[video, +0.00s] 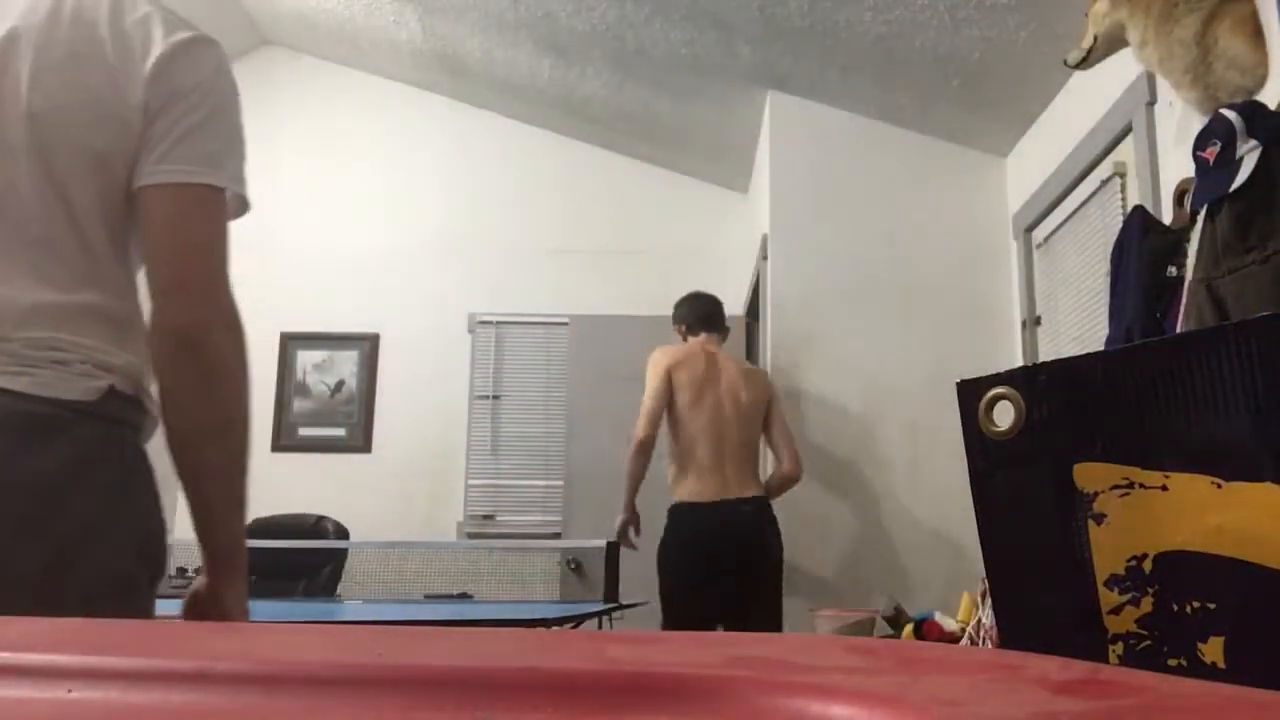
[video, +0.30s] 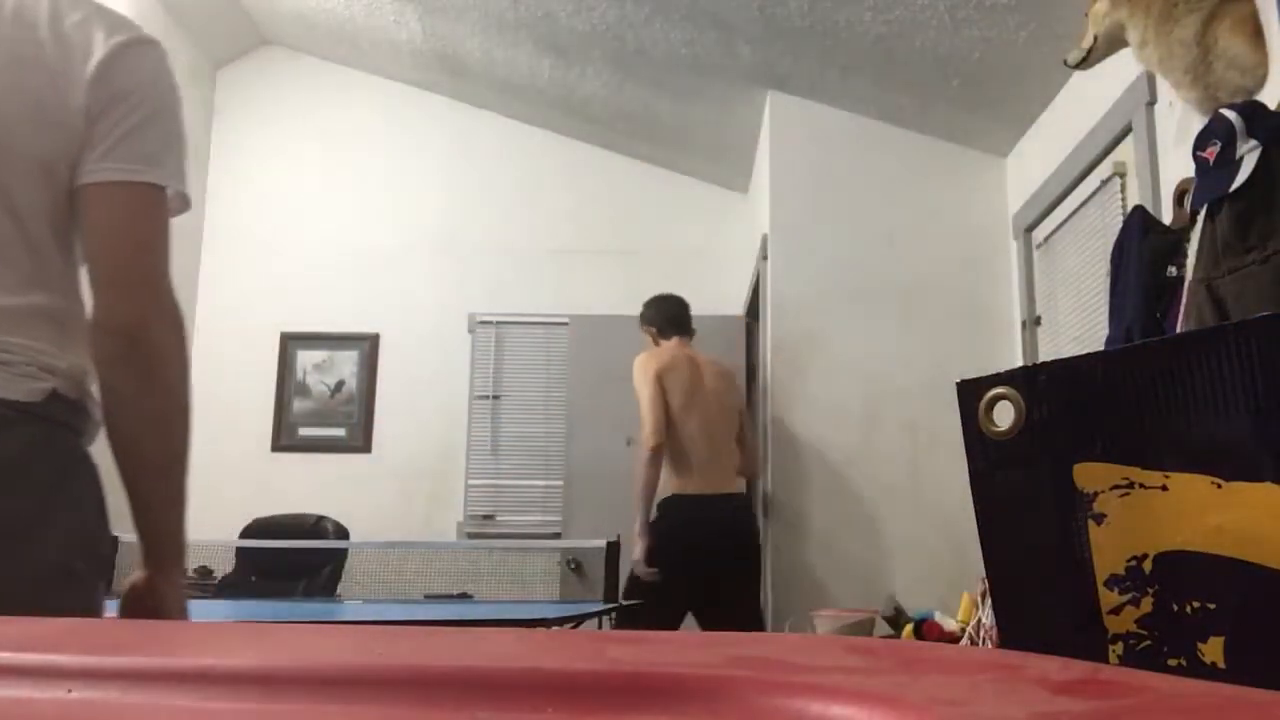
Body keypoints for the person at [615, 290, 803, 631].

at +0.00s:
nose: (676, 338)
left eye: (675, 331)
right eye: (677, 332)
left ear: (681, 329)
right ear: (724, 331)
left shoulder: (668, 358)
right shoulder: (757, 377)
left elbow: (644, 438)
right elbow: (790, 469)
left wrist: (629, 506)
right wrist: (754, 498)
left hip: (691, 529)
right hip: (754, 528)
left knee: (687, 653)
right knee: (757, 654)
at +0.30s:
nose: (647, 341)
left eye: (645, 334)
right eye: (645, 334)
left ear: (651, 332)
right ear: (690, 329)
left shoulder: (651, 362)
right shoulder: (725, 372)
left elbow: (655, 444)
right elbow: (749, 465)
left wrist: (641, 528)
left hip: (681, 517)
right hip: (734, 515)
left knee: (635, 641)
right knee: (741, 639)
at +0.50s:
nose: (594, 346)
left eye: (596, 336)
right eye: (593, 337)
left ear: (614, 332)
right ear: (635, 330)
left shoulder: (618, 366)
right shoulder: (671, 380)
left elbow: (628, 451)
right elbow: (685, 475)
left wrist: (614, 538)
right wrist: (605, 482)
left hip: (644, 523)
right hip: (683, 521)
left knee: (636, 637)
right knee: (684, 635)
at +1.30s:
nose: (496, 318)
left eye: (508, 311)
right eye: (489, 311)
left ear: (528, 322)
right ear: (482, 320)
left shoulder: (552, 376)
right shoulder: (468, 379)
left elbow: (577, 457)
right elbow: (434, 456)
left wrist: (589, 536)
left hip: (534, 523)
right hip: (474, 521)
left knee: (531, 637)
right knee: (462, 635)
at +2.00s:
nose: (503, 332)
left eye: (515, 324)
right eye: (498, 325)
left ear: (536, 333)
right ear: (492, 333)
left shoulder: (558, 388)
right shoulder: (480, 387)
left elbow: (571, 466)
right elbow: (444, 434)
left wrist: (575, 535)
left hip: (536, 528)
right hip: (479, 525)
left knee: (535, 636)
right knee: (466, 632)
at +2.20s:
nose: (519, 338)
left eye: (530, 329)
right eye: (514, 331)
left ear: (553, 337)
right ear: (509, 338)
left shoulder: (577, 394)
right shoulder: (496, 396)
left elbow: (589, 470)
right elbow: (473, 474)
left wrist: (592, 540)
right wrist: (448, 548)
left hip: (554, 531)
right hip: (498, 529)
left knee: (555, 638)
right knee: (482, 638)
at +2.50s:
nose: (539, 342)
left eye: (549, 334)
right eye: (533, 336)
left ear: (571, 342)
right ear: (529, 344)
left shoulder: (597, 395)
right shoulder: (516, 400)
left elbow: (620, 468)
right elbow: (513, 472)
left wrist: (626, 545)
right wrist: (511, 524)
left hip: (573, 528)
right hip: (518, 528)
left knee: (568, 635)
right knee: (505, 633)